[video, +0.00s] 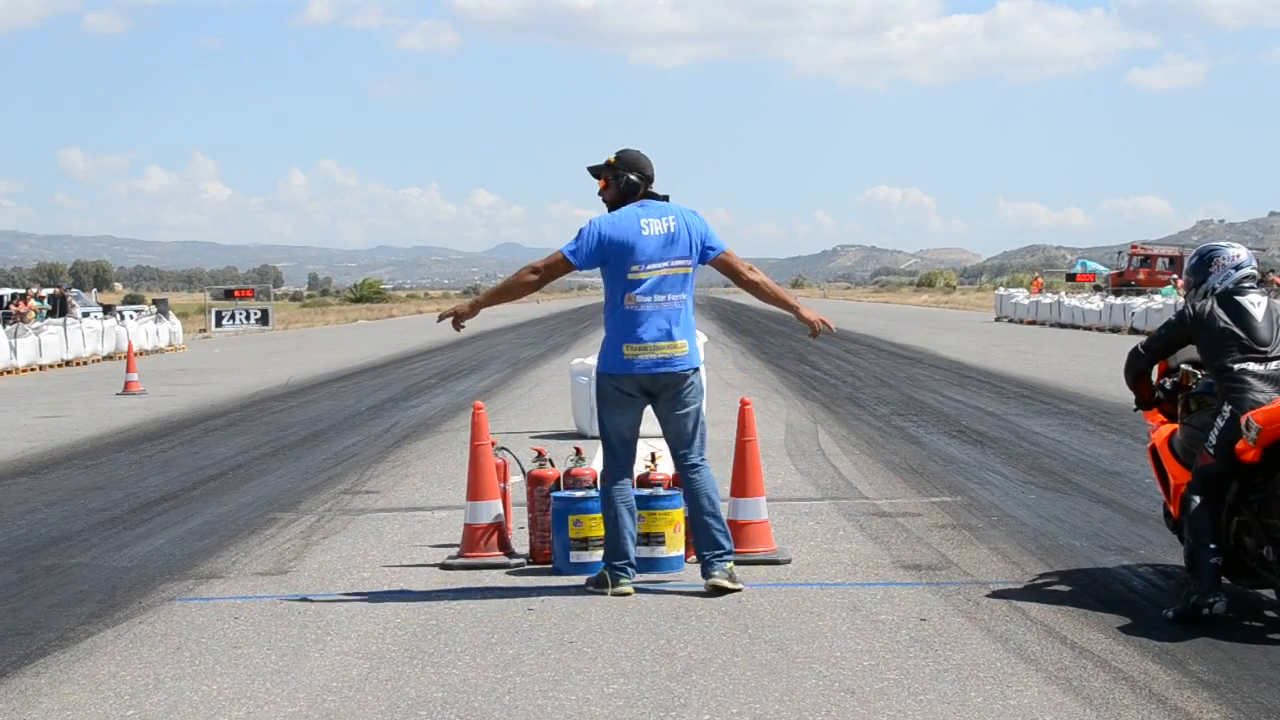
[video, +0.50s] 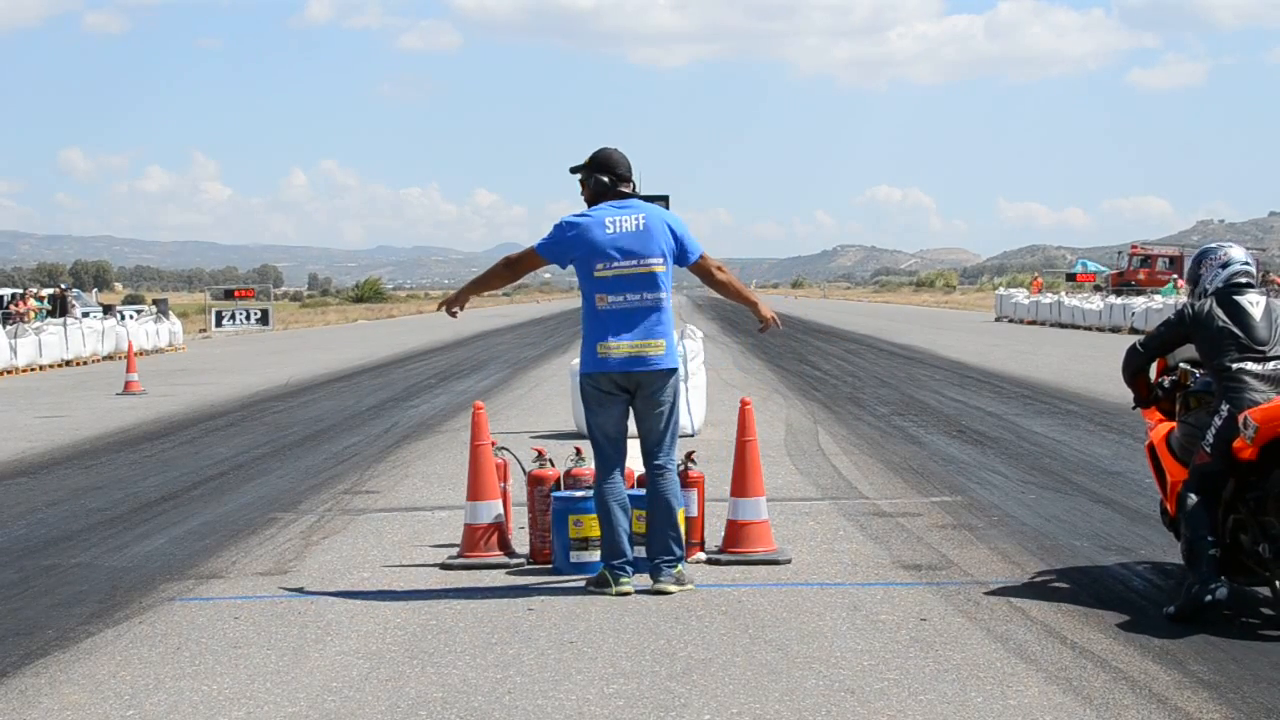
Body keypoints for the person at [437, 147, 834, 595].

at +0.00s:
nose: (598, 191)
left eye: (602, 183)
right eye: (600, 182)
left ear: (621, 183)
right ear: (647, 184)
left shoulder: (604, 229)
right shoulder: (689, 221)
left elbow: (538, 274)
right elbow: (743, 273)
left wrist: (476, 303)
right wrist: (801, 309)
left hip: (622, 365)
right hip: (679, 361)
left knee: (617, 470)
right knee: (693, 462)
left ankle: (619, 572)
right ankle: (719, 564)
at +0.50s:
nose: (581, 190)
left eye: (584, 183)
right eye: (582, 183)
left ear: (596, 185)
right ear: (628, 184)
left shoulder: (577, 227)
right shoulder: (663, 221)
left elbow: (517, 265)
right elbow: (714, 274)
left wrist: (464, 292)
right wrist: (757, 305)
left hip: (602, 363)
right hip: (659, 360)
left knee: (609, 469)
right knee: (662, 462)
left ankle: (617, 571)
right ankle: (667, 569)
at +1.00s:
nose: (576, 191)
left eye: (579, 184)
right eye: (576, 184)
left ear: (596, 184)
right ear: (624, 185)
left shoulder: (577, 228)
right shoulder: (665, 222)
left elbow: (516, 266)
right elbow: (716, 277)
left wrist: (465, 292)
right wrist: (763, 313)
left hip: (601, 362)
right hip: (658, 360)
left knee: (609, 467)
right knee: (661, 462)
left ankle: (617, 571)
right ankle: (667, 569)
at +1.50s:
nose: (568, 196)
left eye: (570, 188)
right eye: (568, 188)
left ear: (585, 186)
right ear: (616, 185)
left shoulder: (571, 230)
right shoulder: (659, 223)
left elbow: (523, 291)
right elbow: (698, 292)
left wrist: (497, 336)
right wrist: (723, 344)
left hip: (596, 366)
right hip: (653, 362)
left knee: (605, 468)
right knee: (658, 462)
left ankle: (616, 572)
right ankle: (667, 568)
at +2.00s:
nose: (613, 190)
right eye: (619, 184)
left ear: (580, 189)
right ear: (621, 185)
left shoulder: (556, 233)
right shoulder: (648, 221)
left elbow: (541, 316)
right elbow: (678, 300)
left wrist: (551, 378)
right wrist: (691, 359)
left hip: (589, 367)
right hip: (646, 362)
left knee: (602, 468)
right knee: (656, 459)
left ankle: (613, 570)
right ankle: (650, 566)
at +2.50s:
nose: (647, 190)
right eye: (648, 183)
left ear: (604, 186)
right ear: (647, 185)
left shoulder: (573, 229)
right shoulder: (666, 229)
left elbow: (546, 305)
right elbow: (690, 314)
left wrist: (544, 364)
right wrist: (702, 374)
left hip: (593, 368)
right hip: (651, 366)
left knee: (603, 471)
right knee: (644, 472)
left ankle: (609, 572)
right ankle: (635, 584)